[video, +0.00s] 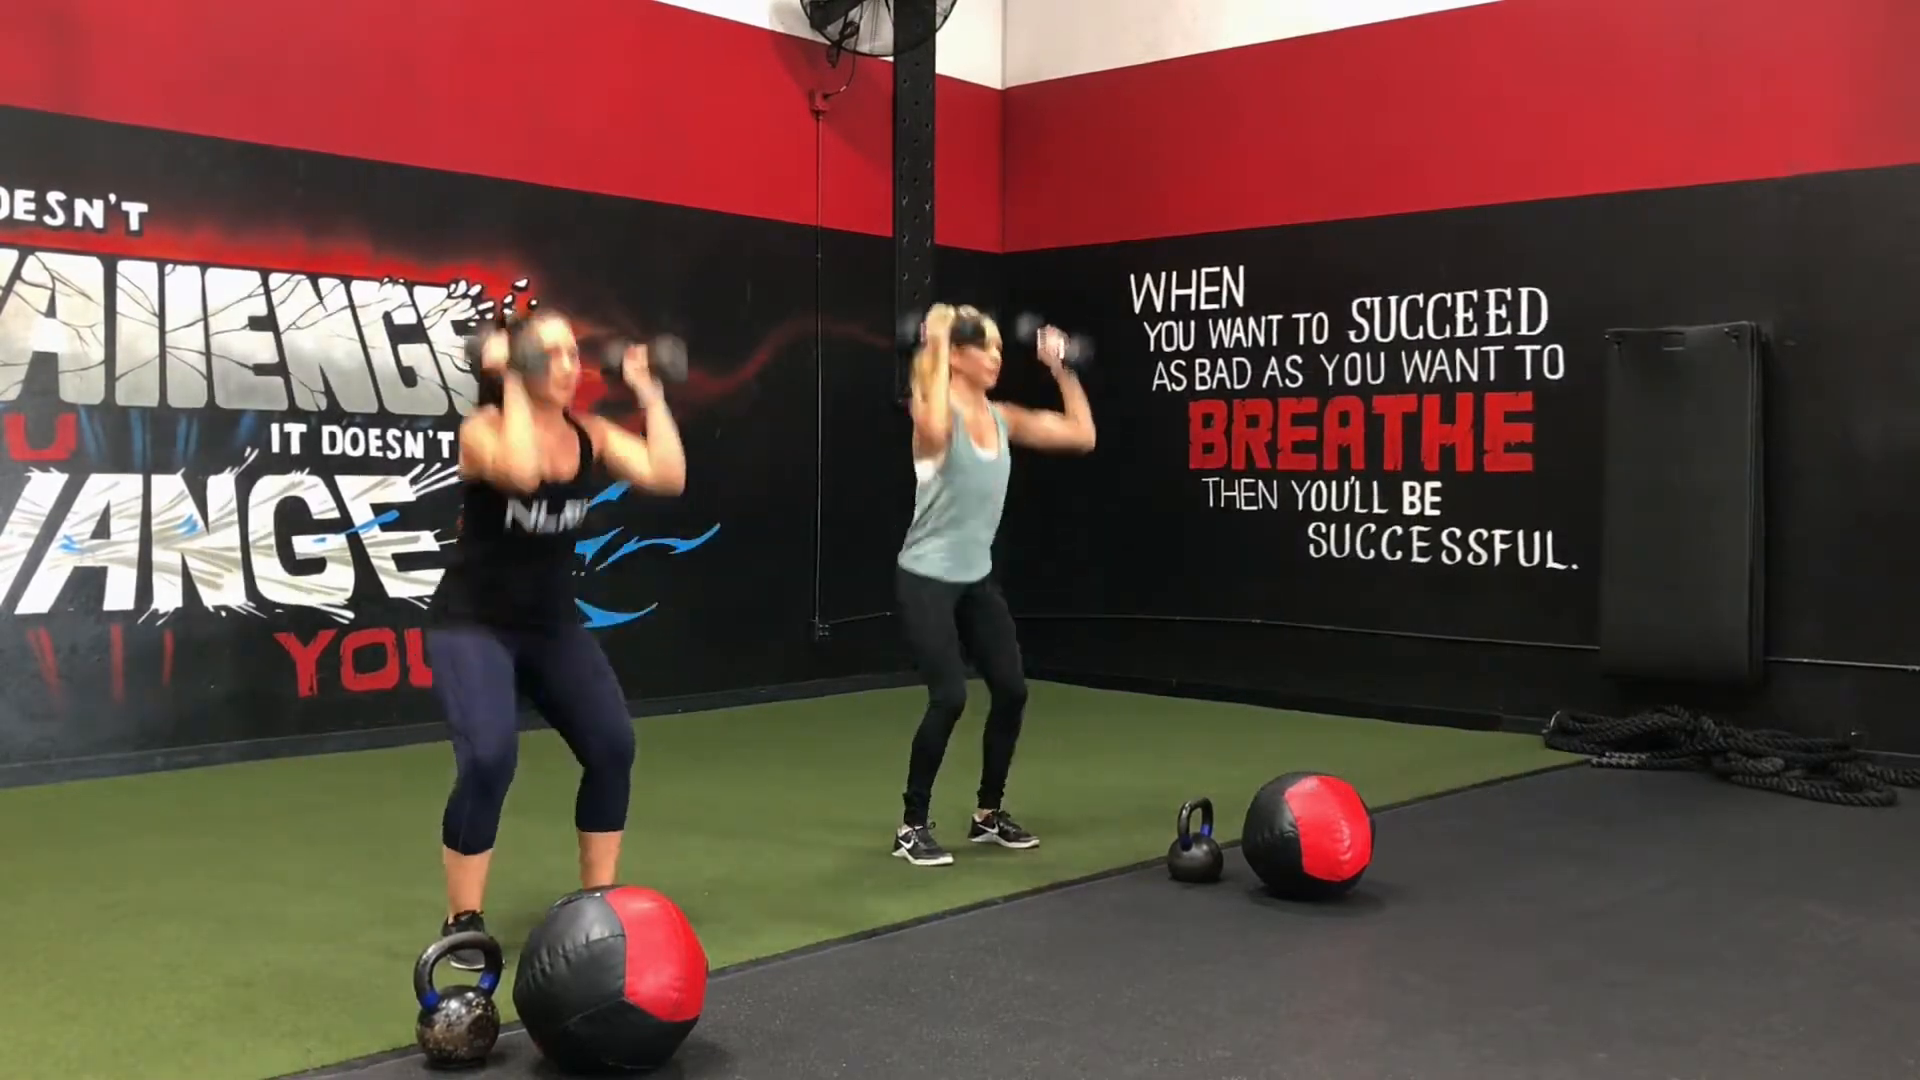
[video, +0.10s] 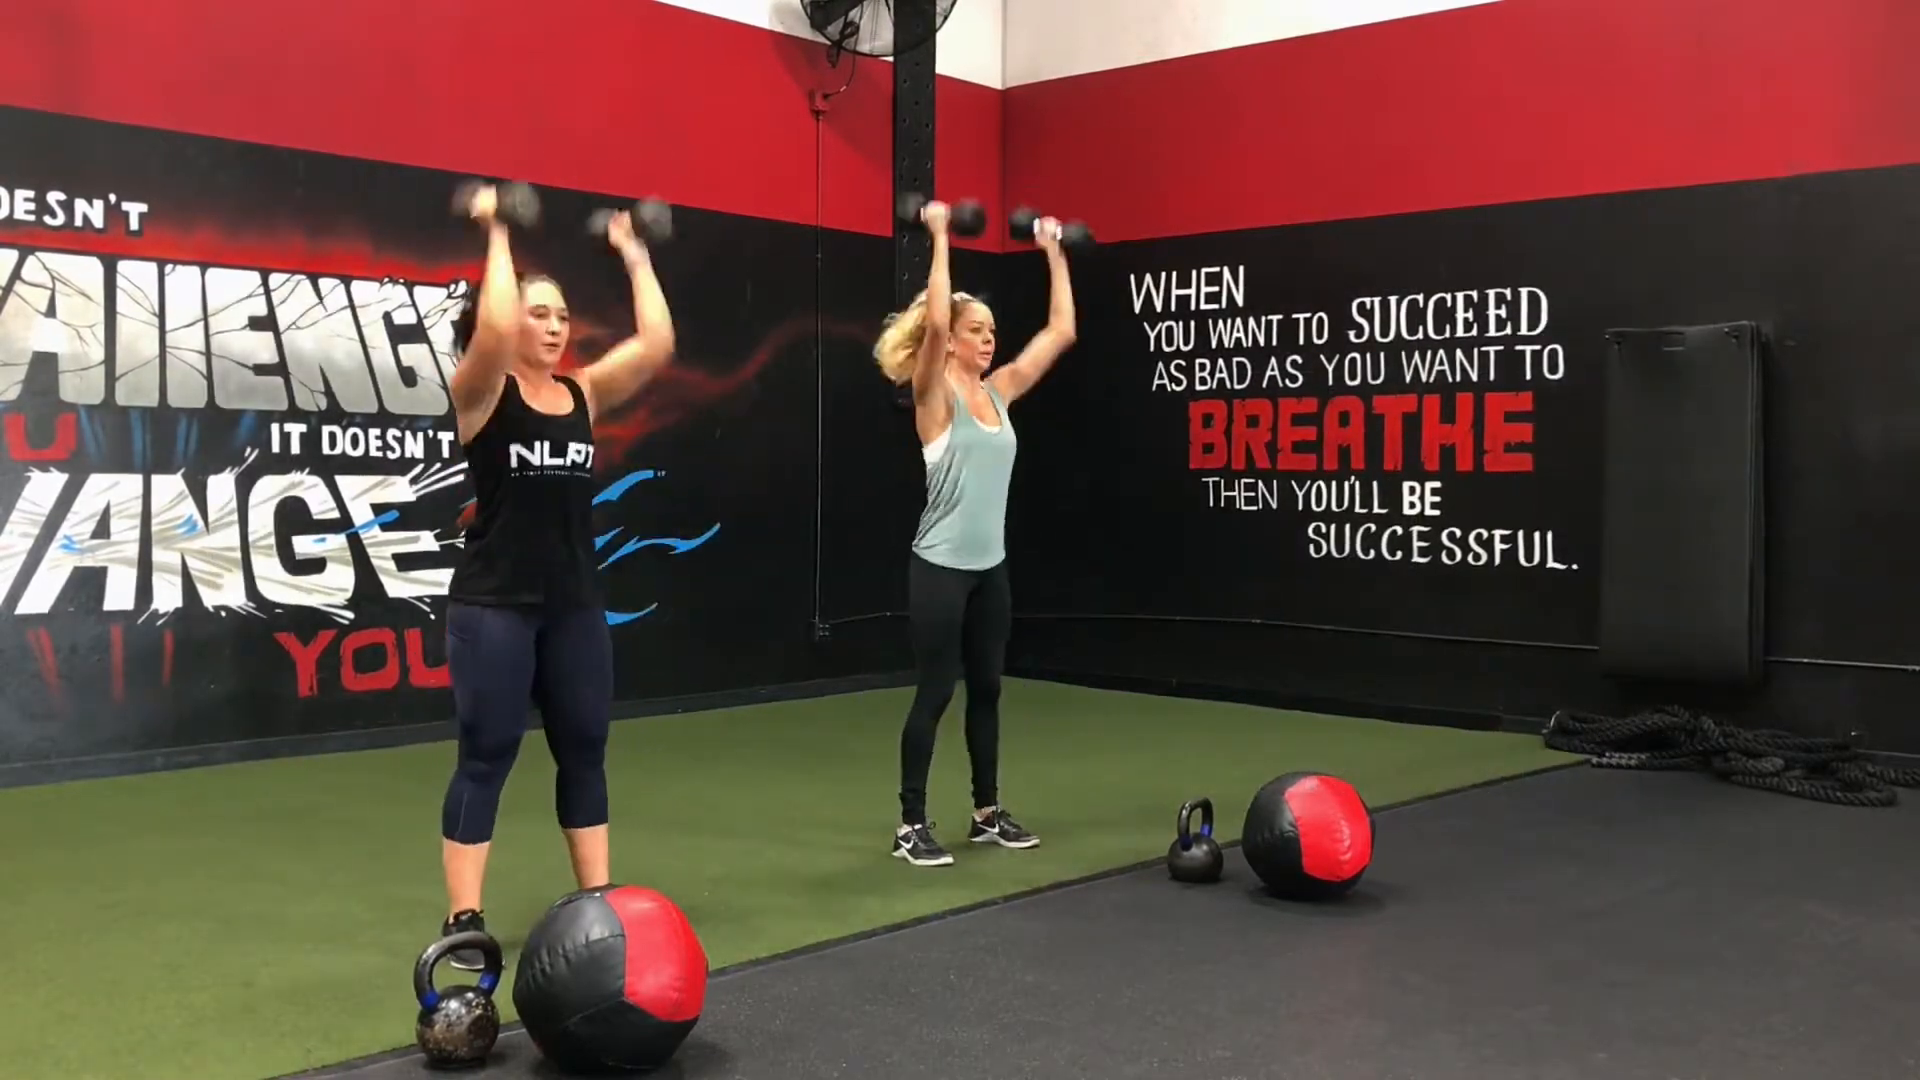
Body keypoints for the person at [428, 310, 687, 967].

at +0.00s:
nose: (566, 366)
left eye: (571, 353)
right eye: (551, 355)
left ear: (579, 364)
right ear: (517, 367)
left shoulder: (591, 433)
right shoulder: (482, 428)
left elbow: (667, 476)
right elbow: (522, 471)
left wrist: (650, 393)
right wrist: (508, 382)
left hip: (553, 621)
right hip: (473, 621)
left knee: (613, 746)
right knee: (488, 757)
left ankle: (598, 910)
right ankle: (464, 928)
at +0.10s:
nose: (552, 325)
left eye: (559, 315)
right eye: (537, 314)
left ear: (569, 327)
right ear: (505, 327)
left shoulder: (583, 391)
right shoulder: (480, 394)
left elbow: (657, 342)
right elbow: (496, 325)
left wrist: (634, 253)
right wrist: (496, 229)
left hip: (573, 603)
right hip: (493, 604)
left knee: (585, 750)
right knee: (486, 753)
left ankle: (597, 906)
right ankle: (465, 921)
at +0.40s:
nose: (564, 353)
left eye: (570, 342)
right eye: (549, 341)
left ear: (575, 351)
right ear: (511, 349)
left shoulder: (587, 423)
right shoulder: (481, 418)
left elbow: (672, 432)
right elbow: (498, 428)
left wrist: (648, 346)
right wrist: (492, 335)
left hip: (554, 615)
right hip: (475, 613)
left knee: (604, 740)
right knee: (489, 749)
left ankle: (596, 906)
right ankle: (466, 922)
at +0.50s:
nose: (579, 436)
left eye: (582, 424)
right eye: (563, 425)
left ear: (589, 432)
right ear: (521, 434)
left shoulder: (590, 503)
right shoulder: (489, 501)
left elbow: (651, 582)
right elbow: (505, 593)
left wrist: (652, 497)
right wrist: (506, 495)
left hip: (541, 663)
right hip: (458, 662)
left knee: (625, 752)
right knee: (487, 768)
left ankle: (594, 906)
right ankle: (465, 925)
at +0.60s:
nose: (589, 525)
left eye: (593, 513)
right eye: (573, 513)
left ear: (600, 519)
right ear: (532, 524)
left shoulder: (595, 581)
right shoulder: (493, 582)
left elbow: (641, 678)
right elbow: (501, 694)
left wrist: (648, 600)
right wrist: (513, 600)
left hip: (534, 717)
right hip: (451, 718)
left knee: (640, 763)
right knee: (493, 785)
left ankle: (597, 908)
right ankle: (465, 925)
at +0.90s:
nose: (579, 437)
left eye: (583, 426)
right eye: (564, 426)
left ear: (589, 434)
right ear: (521, 434)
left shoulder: (594, 497)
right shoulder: (489, 499)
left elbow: (660, 572)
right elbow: (515, 586)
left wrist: (650, 487)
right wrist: (512, 489)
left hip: (543, 665)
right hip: (462, 666)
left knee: (634, 759)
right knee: (491, 773)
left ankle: (595, 908)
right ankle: (465, 925)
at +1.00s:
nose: (559, 344)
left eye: (565, 333)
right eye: (545, 332)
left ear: (571, 340)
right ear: (509, 338)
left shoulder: (583, 407)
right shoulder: (472, 409)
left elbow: (667, 426)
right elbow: (510, 425)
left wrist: (639, 342)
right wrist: (499, 332)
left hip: (563, 607)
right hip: (484, 609)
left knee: (606, 740)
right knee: (491, 751)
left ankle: (598, 909)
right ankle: (465, 923)